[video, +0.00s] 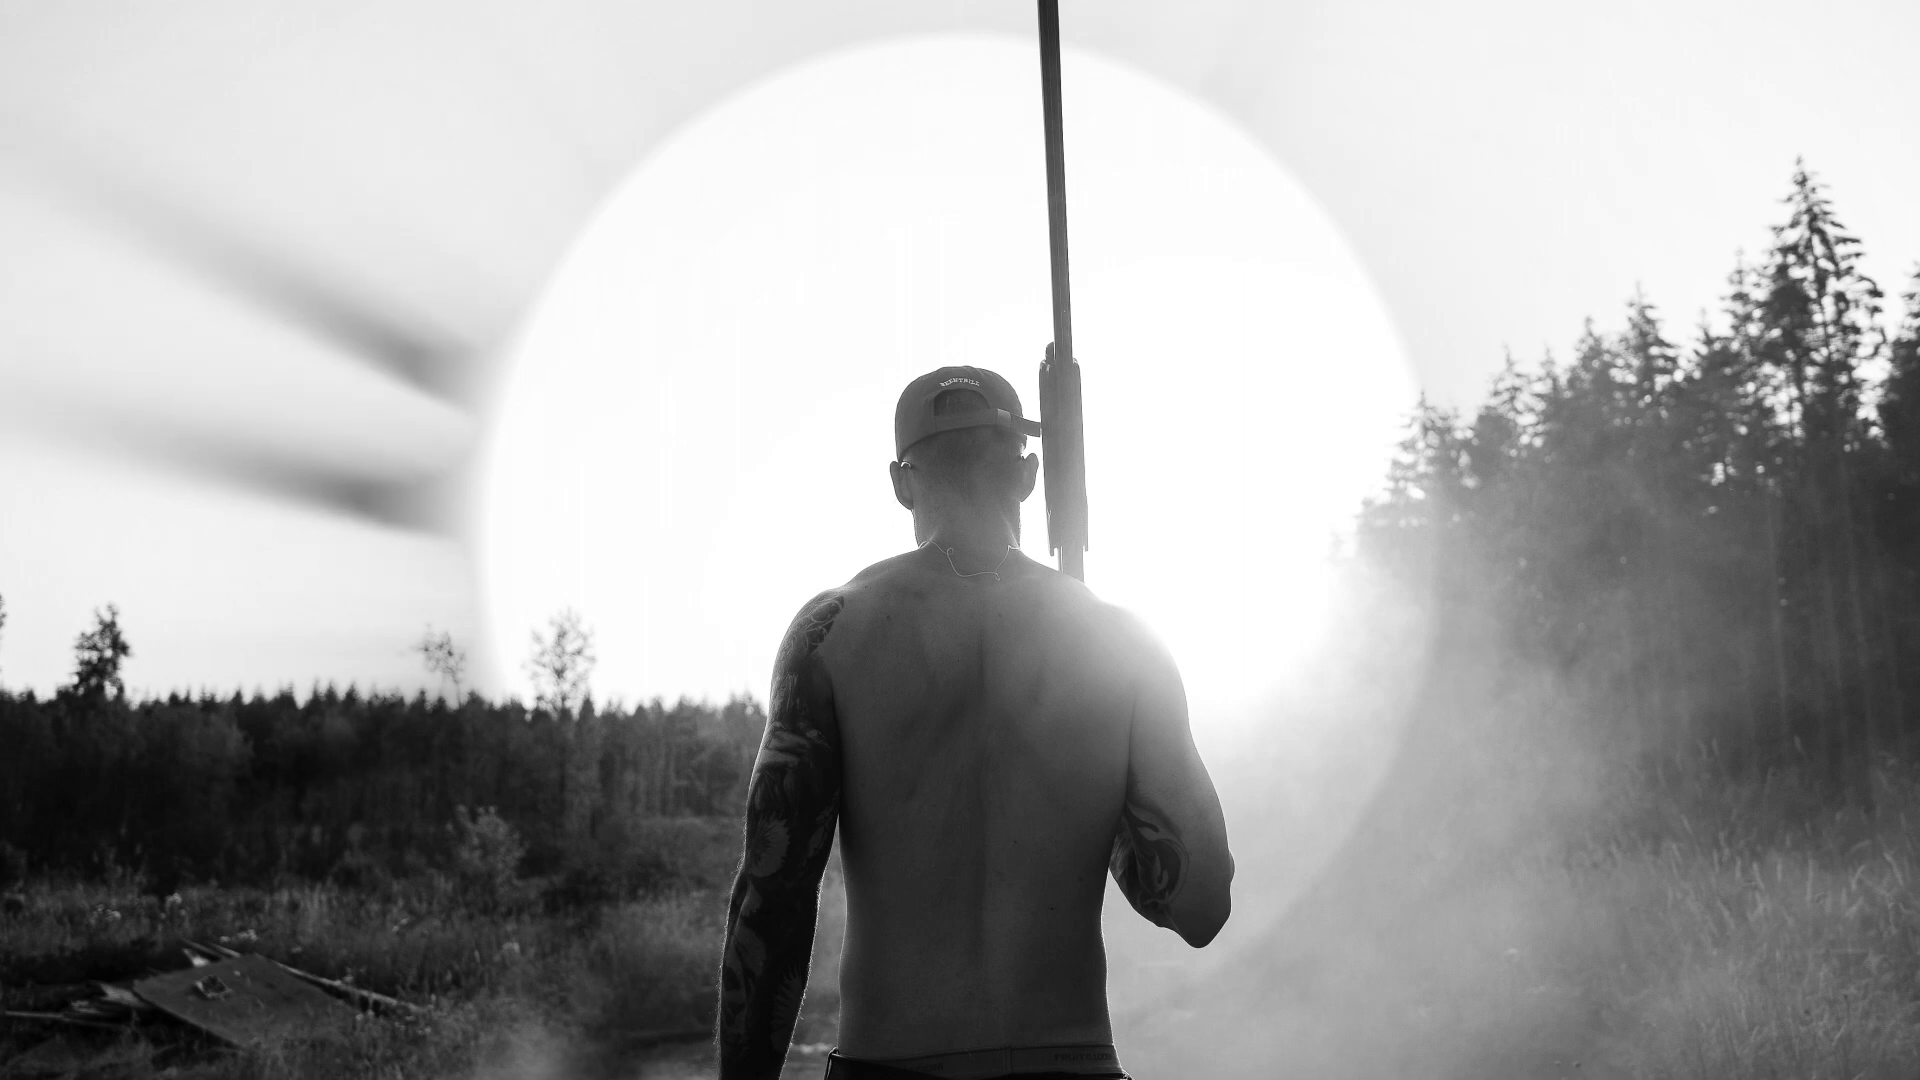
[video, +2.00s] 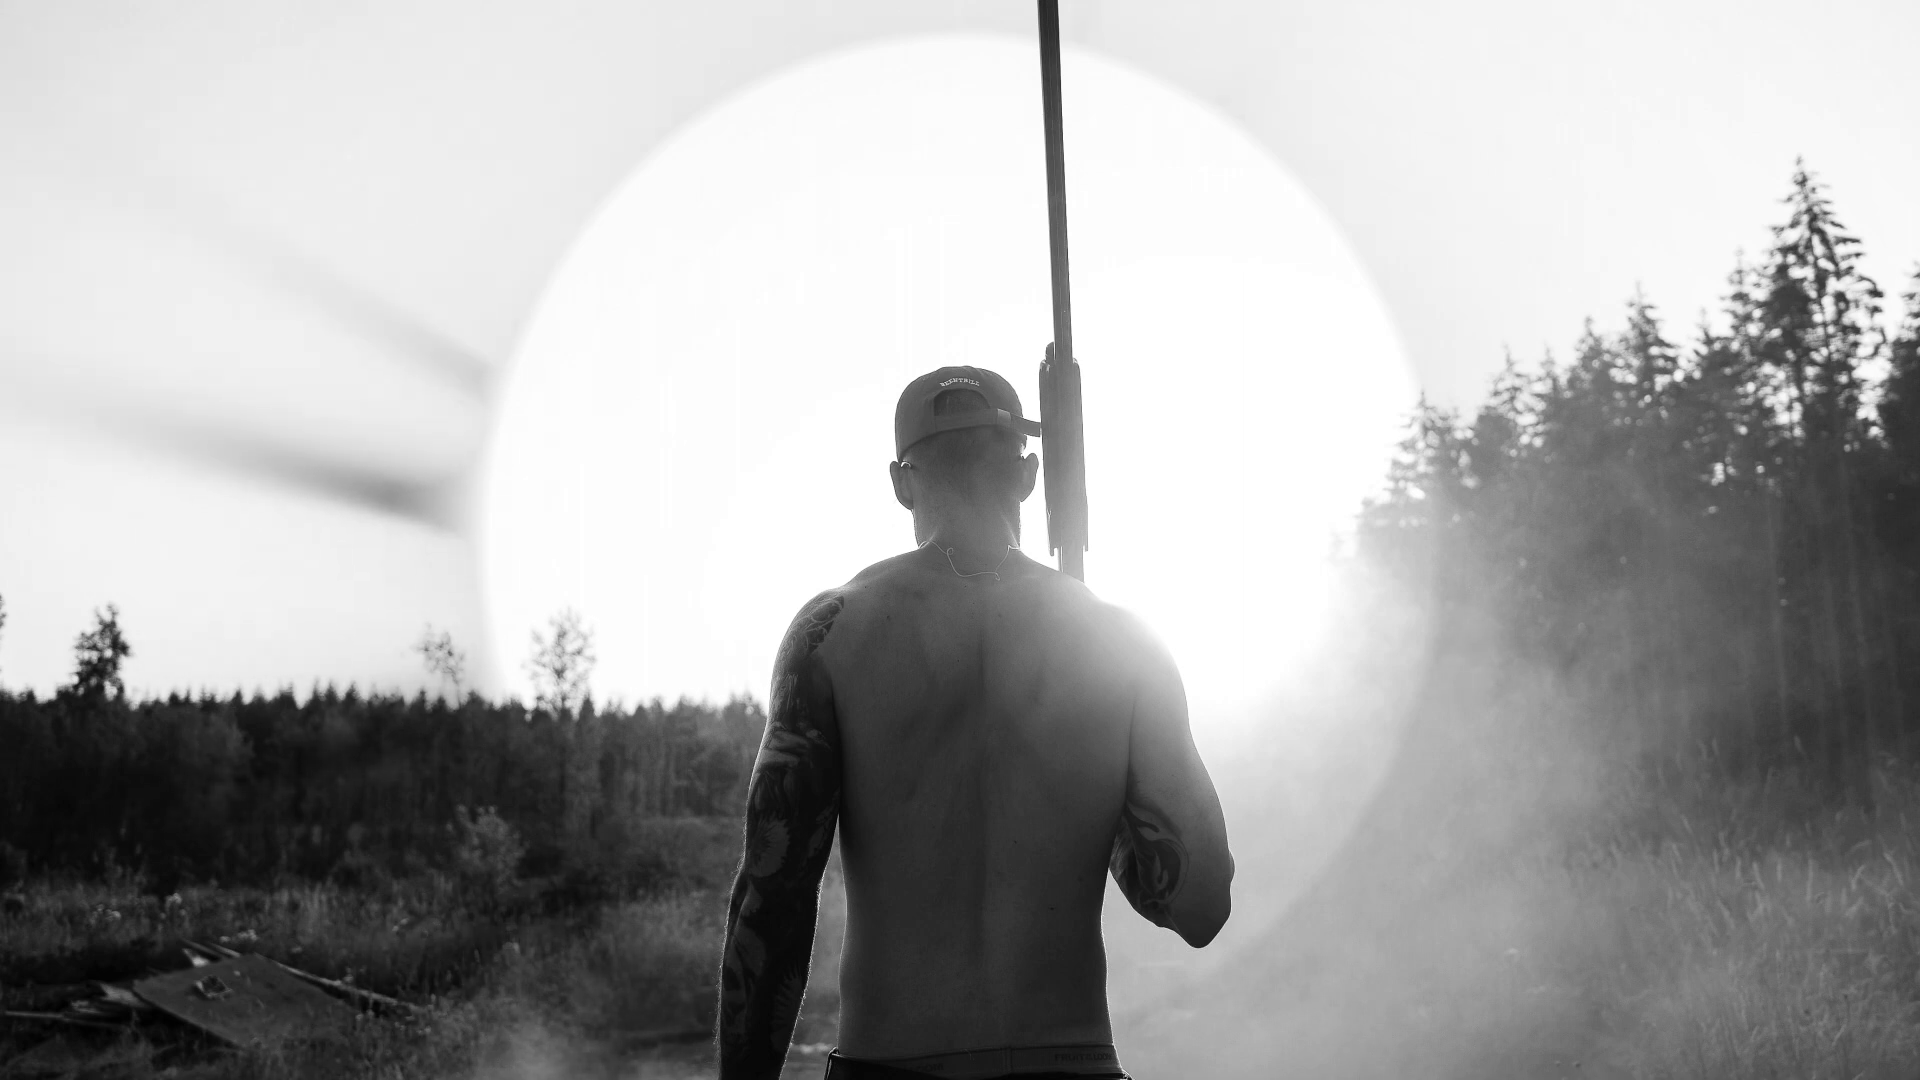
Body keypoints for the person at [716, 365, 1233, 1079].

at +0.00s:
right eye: (1015, 448)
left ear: (903, 486)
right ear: (1028, 477)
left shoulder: (831, 630)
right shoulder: (1121, 641)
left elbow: (773, 885)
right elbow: (1201, 905)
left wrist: (747, 1062)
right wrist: (1101, 800)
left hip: (886, 1046)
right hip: (1068, 1046)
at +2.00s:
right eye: (1015, 449)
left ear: (903, 486)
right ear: (1028, 477)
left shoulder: (831, 630)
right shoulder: (1121, 641)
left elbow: (773, 885)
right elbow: (1201, 905)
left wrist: (747, 1062)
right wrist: (1101, 800)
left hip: (886, 1046)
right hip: (1068, 1046)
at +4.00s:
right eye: (1017, 451)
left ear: (902, 484)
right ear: (1028, 477)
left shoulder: (831, 630)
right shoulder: (1121, 640)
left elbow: (772, 887)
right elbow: (1201, 904)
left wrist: (748, 1063)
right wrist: (1100, 801)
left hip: (885, 1046)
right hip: (1067, 1046)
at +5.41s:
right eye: (1016, 451)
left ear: (903, 484)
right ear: (1028, 477)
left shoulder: (831, 630)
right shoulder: (1121, 641)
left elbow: (773, 887)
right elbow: (1201, 905)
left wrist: (748, 1063)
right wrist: (1101, 803)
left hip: (885, 1045)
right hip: (1067, 1046)